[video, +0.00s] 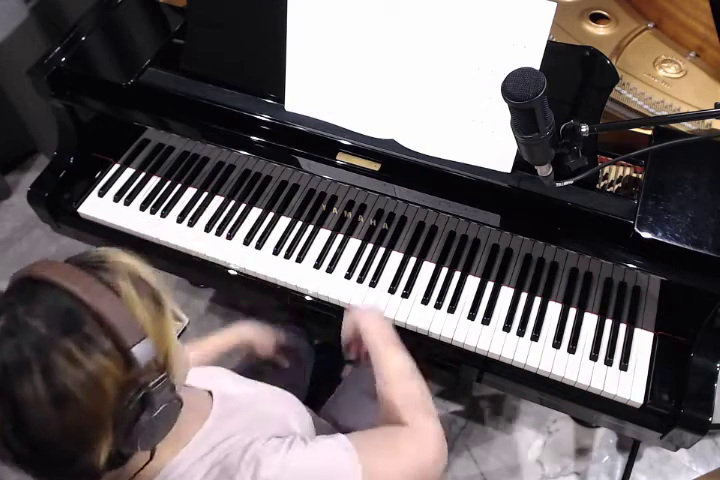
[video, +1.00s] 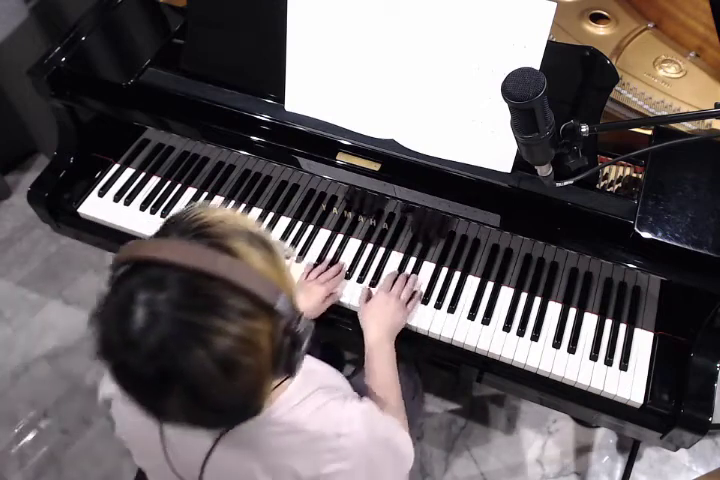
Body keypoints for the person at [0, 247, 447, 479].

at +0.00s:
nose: (176, 322)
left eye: (164, 313)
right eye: (166, 324)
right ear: (146, 373)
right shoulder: (262, 467)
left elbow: (147, 377)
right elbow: (423, 444)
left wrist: (237, 337)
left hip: (229, 386)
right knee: (381, 345)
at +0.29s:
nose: (175, 319)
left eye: (162, 314)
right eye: (163, 322)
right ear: (147, 379)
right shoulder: (279, 465)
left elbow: (181, 358)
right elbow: (386, 416)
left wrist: (267, 298)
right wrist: (386, 282)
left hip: (232, 381)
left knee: (284, 331)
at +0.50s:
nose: (200, 295)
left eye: (185, 292)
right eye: (187, 300)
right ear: (180, 362)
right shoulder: (288, 462)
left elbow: (208, 350)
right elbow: (378, 423)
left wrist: (294, 301)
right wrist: (387, 301)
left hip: (251, 377)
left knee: (292, 337)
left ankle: (316, 387)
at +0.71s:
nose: (244, 284)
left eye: (233, 283)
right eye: (236, 292)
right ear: (222, 355)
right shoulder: (319, 446)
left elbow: (216, 359)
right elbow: (384, 442)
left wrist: (291, 310)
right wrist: (383, 322)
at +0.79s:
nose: (258, 289)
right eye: (250, 292)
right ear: (233, 352)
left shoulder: (115, 407)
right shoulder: (316, 439)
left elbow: (191, 357)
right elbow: (389, 449)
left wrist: (288, 313)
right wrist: (382, 327)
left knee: (302, 339)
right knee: (388, 366)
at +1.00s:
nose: (289, 264)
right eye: (282, 272)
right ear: (275, 344)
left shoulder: (122, 387)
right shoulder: (337, 432)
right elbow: (395, 444)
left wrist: (295, 313)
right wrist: (380, 338)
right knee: (395, 366)